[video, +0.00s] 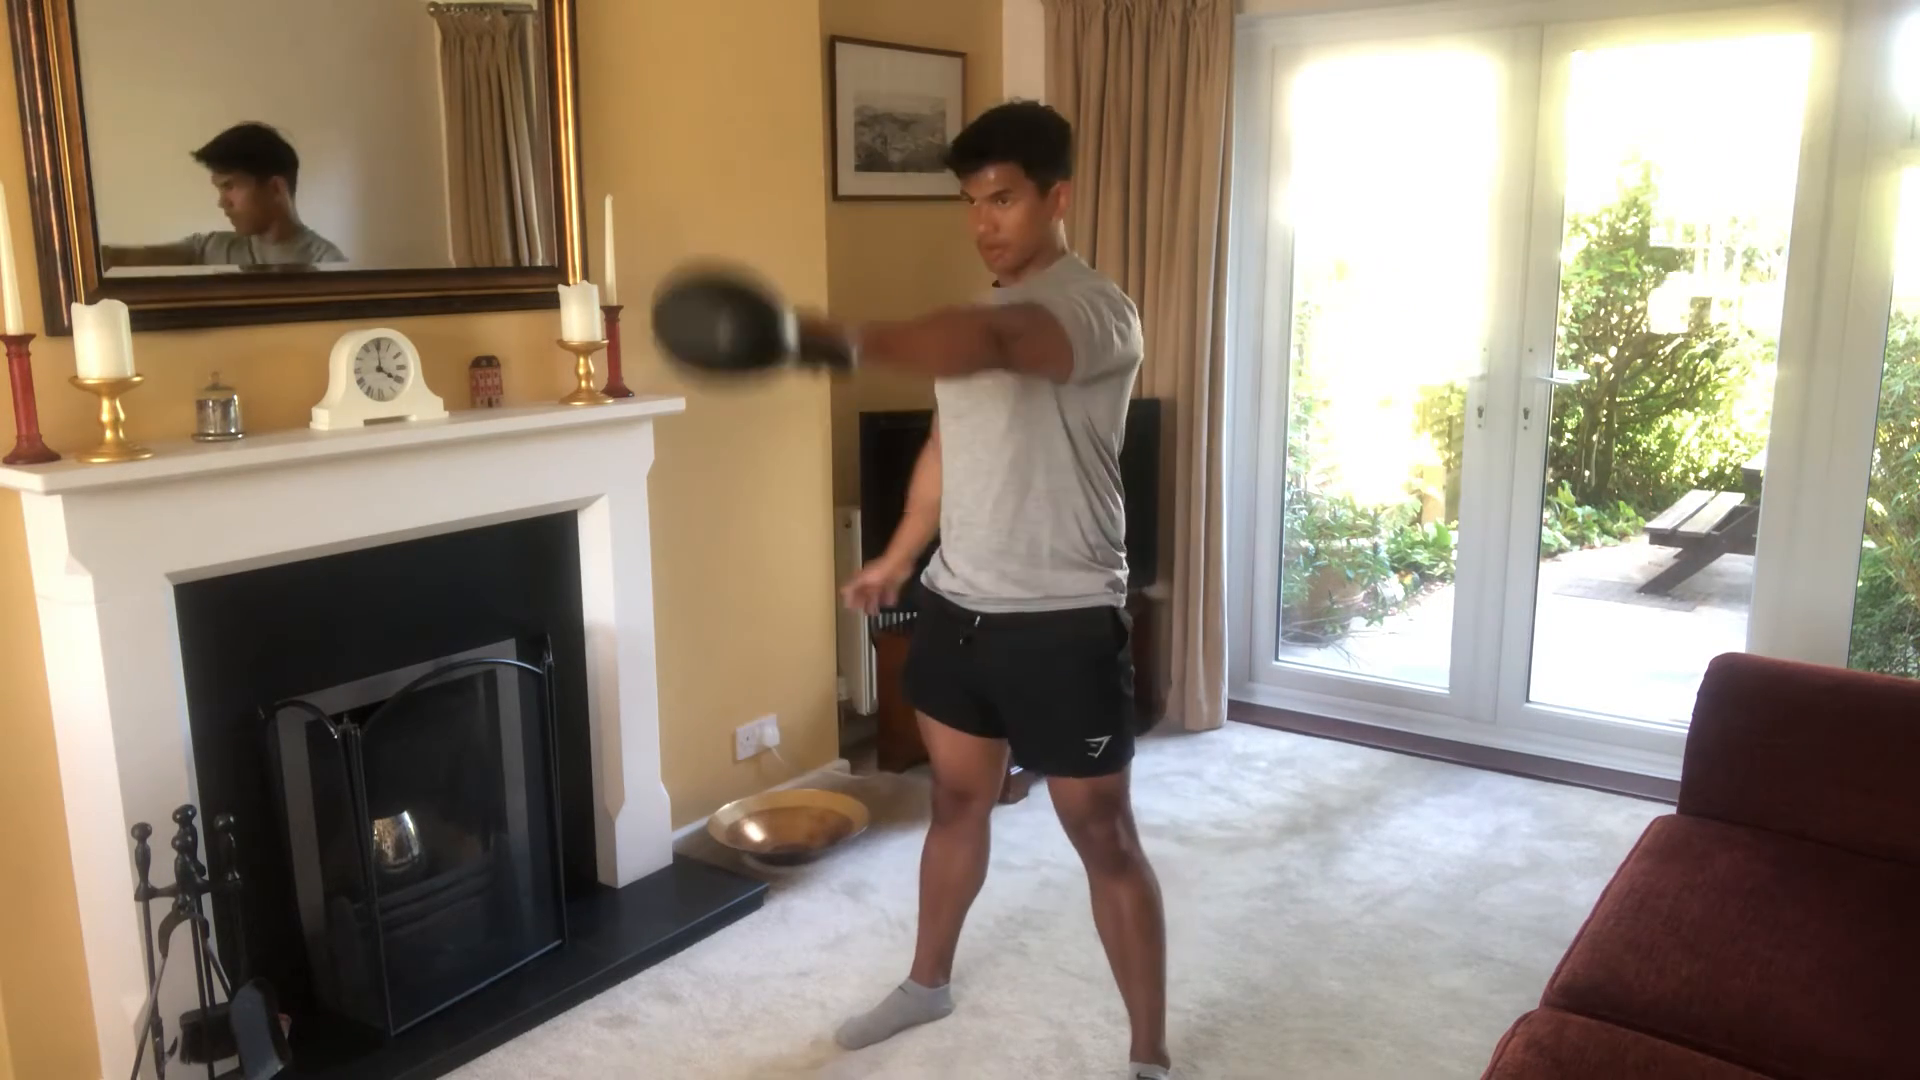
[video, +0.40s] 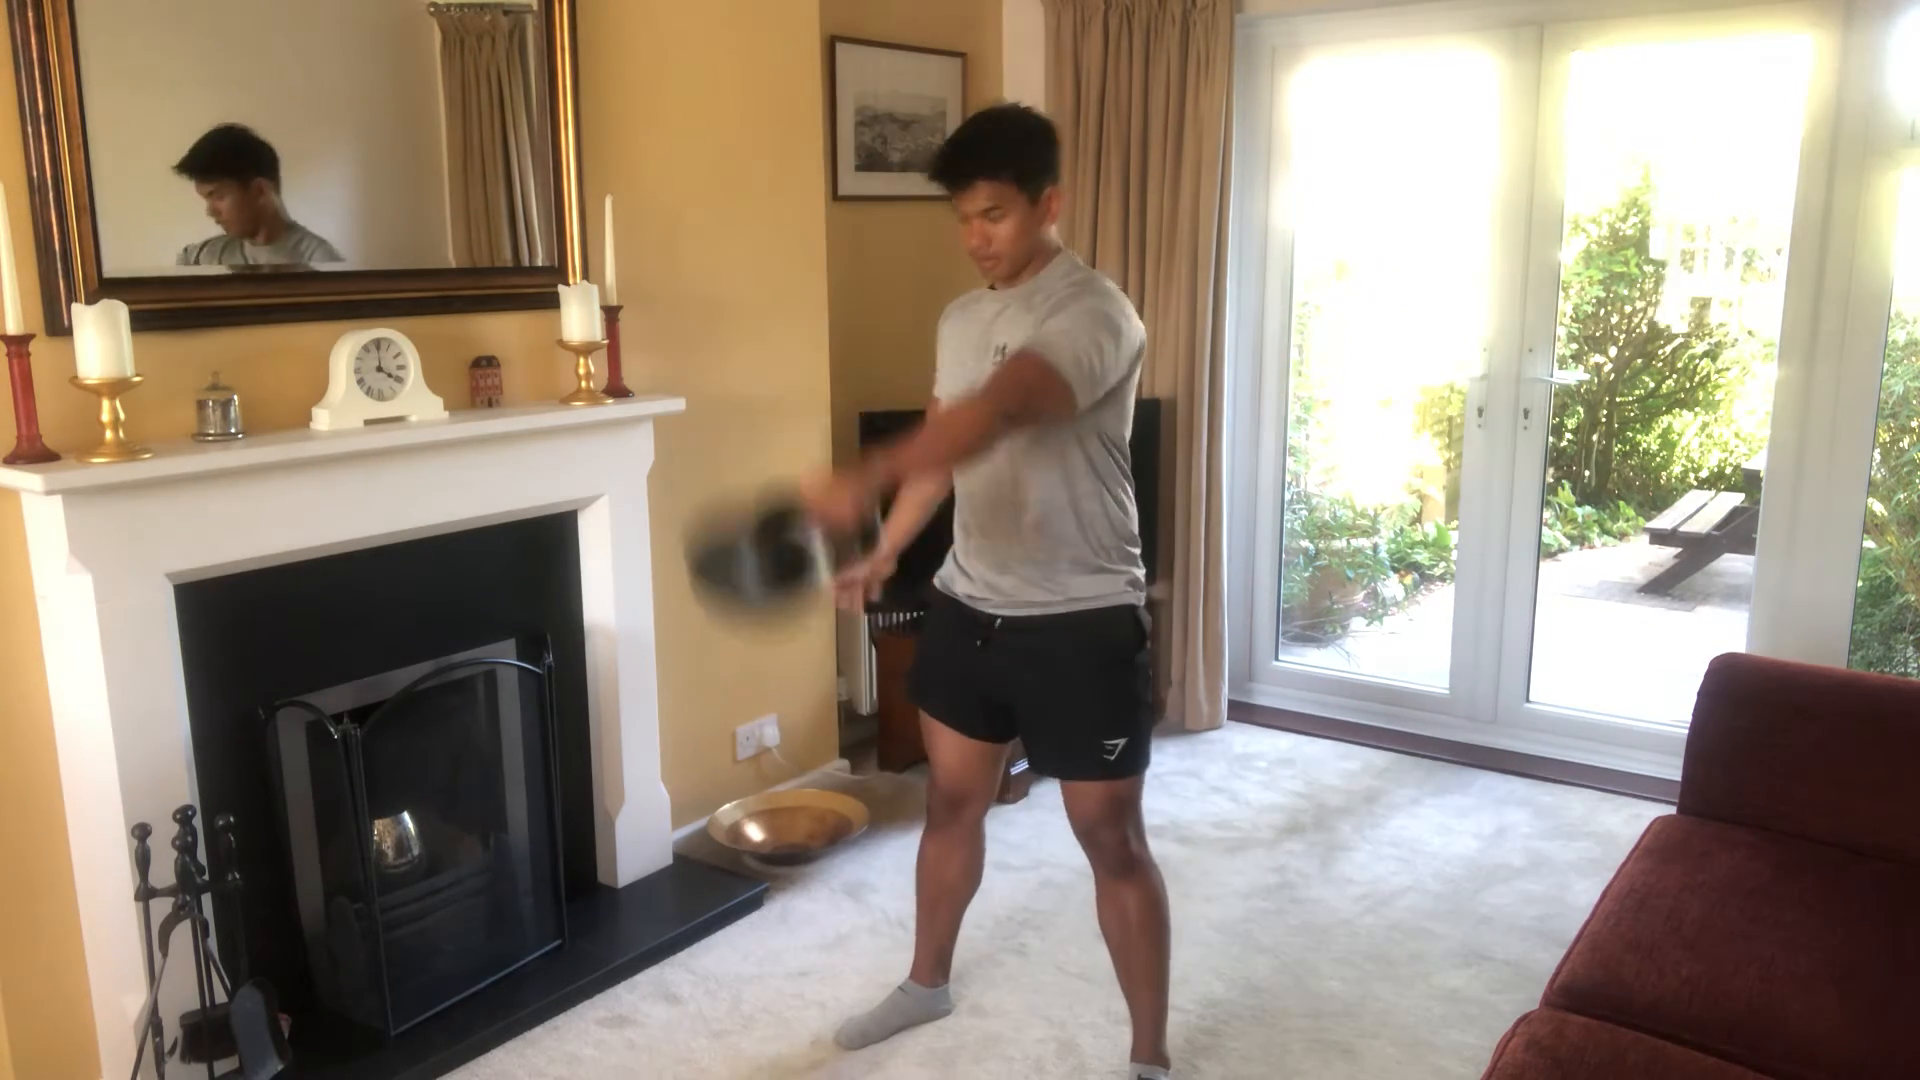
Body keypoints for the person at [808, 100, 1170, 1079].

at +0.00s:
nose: (984, 221)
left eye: (1004, 198)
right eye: (972, 203)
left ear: (1059, 199)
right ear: (965, 208)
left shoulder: (1097, 308)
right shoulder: (970, 319)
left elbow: (990, 335)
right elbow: (946, 443)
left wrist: (843, 342)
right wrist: (900, 553)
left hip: (1068, 618)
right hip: (959, 607)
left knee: (1103, 836)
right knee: (954, 803)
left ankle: (1150, 1055)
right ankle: (928, 982)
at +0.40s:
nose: (976, 236)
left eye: (994, 214)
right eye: (964, 217)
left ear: (1049, 204)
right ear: (955, 213)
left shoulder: (1097, 312)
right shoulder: (960, 317)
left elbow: (1001, 409)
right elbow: (947, 443)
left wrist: (865, 476)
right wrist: (888, 547)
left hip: (1084, 617)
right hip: (970, 605)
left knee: (1112, 841)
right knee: (949, 806)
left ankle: (1150, 1055)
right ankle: (928, 983)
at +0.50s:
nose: (949, 265)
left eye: (967, 243)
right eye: (935, 247)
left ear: (1019, 229)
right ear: (921, 241)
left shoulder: (1079, 327)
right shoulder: (946, 327)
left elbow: (996, 477)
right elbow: (926, 445)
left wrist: (897, 600)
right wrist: (864, 544)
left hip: (1093, 616)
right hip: (976, 608)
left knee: (1116, 839)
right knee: (938, 800)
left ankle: (1151, 1056)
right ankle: (926, 983)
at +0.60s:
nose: (895, 332)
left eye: (905, 311)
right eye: (884, 315)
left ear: (955, 291)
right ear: (885, 304)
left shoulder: (1045, 372)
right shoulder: (920, 360)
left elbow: (1004, 565)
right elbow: (916, 460)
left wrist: (946, 712)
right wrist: (856, 559)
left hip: (1105, 619)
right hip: (1001, 612)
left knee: (1124, 844)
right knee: (925, 774)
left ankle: (1152, 1057)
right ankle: (924, 981)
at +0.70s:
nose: (847, 456)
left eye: (849, 438)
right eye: (836, 441)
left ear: (890, 409)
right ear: (887, 399)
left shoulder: (1013, 467)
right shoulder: (908, 423)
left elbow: (1019, 642)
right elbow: (899, 502)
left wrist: (1005, 768)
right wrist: (870, 585)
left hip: (1115, 639)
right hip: (1005, 632)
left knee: (1129, 857)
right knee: (909, 801)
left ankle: (1153, 1061)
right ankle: (923, 983)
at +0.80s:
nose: (834, 584)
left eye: (834, 574)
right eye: (826, 577)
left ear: (871, 538)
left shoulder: (996, 567)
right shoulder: (879, 472)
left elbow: (1035, 693)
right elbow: (902, 546)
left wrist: (1053, 770)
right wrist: (891, 606)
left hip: (1118, 648)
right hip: (1007, 640)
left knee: (1128, 866)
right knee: (897, 805)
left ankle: (1153, 1062)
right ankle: (923, 984)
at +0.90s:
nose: (844, 690)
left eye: (837, 682)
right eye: (829, 689)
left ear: (858, 641)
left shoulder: (992, 654)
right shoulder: (850, 543)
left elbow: (1065, 743)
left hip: (1122, 655)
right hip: (1007, 650)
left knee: (1130, 867)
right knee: (894, 807)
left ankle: (1154, 1061)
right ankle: (924, 984)